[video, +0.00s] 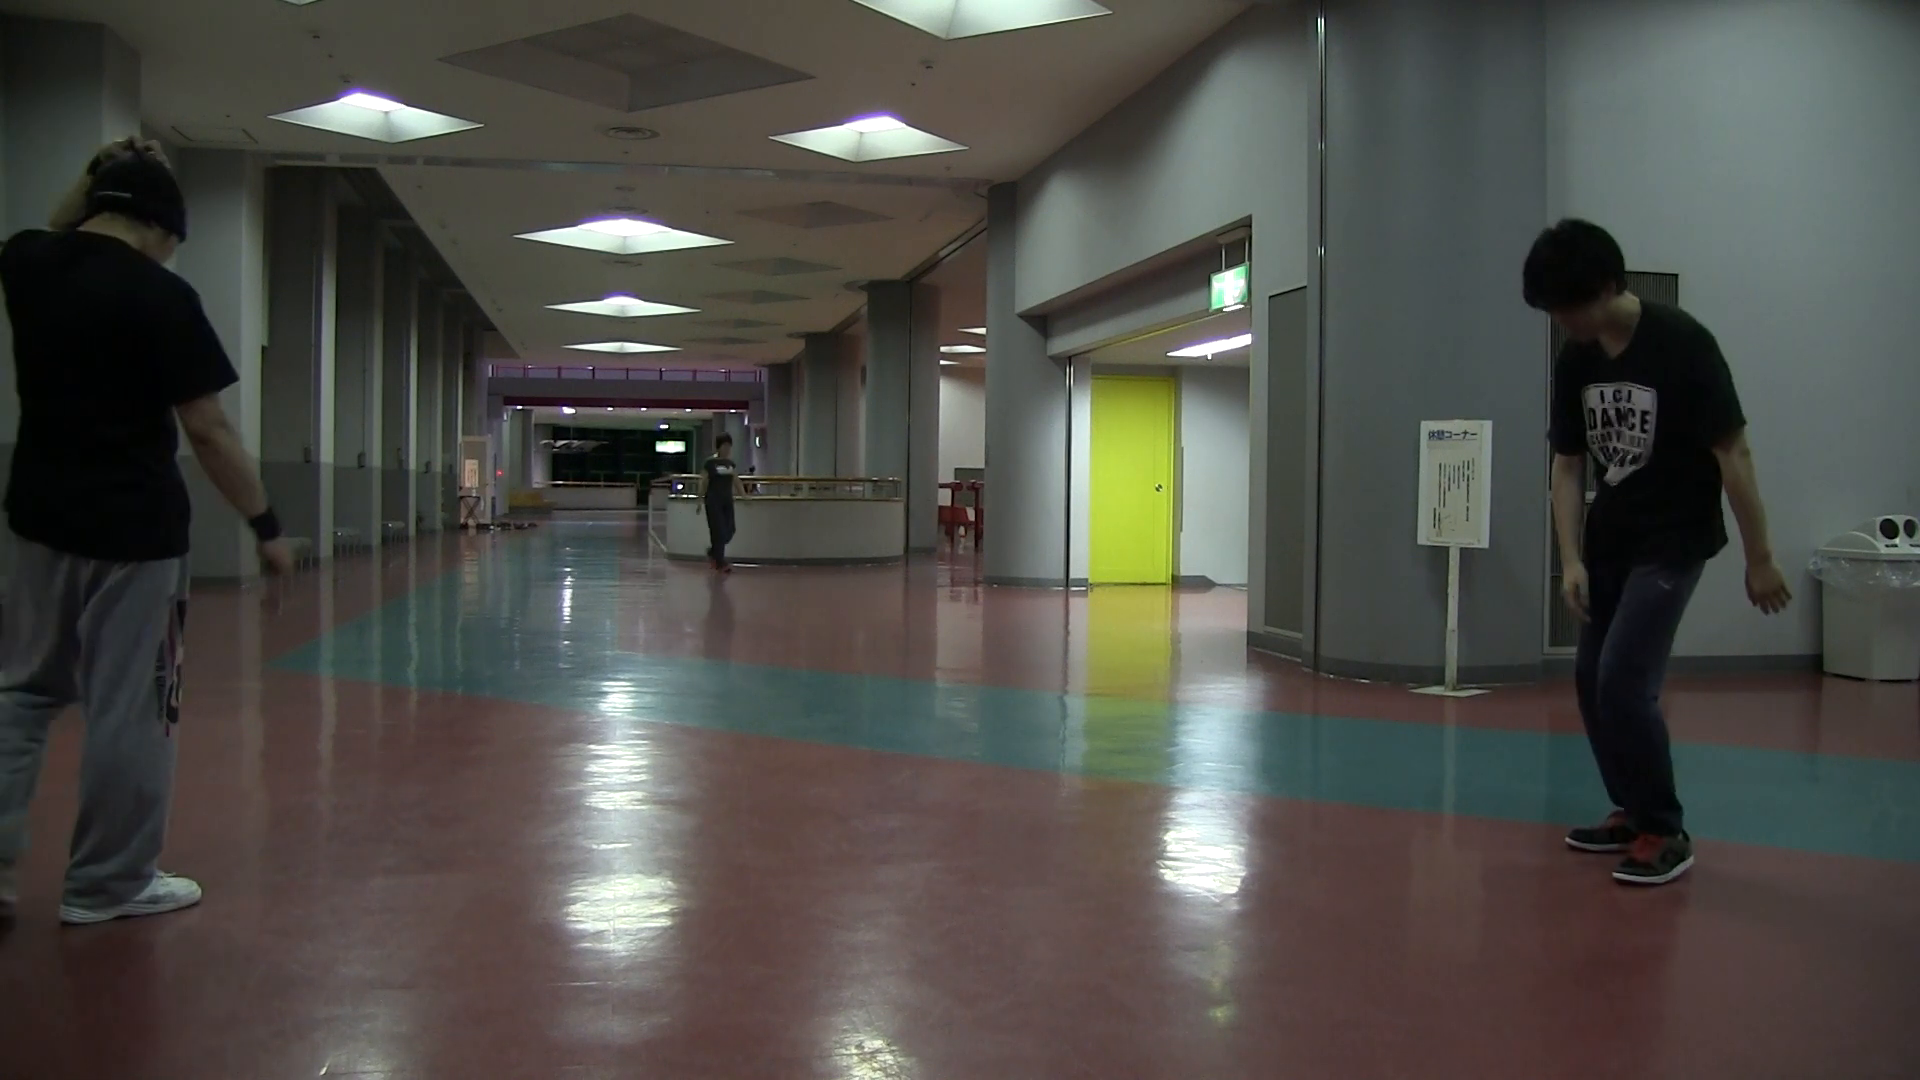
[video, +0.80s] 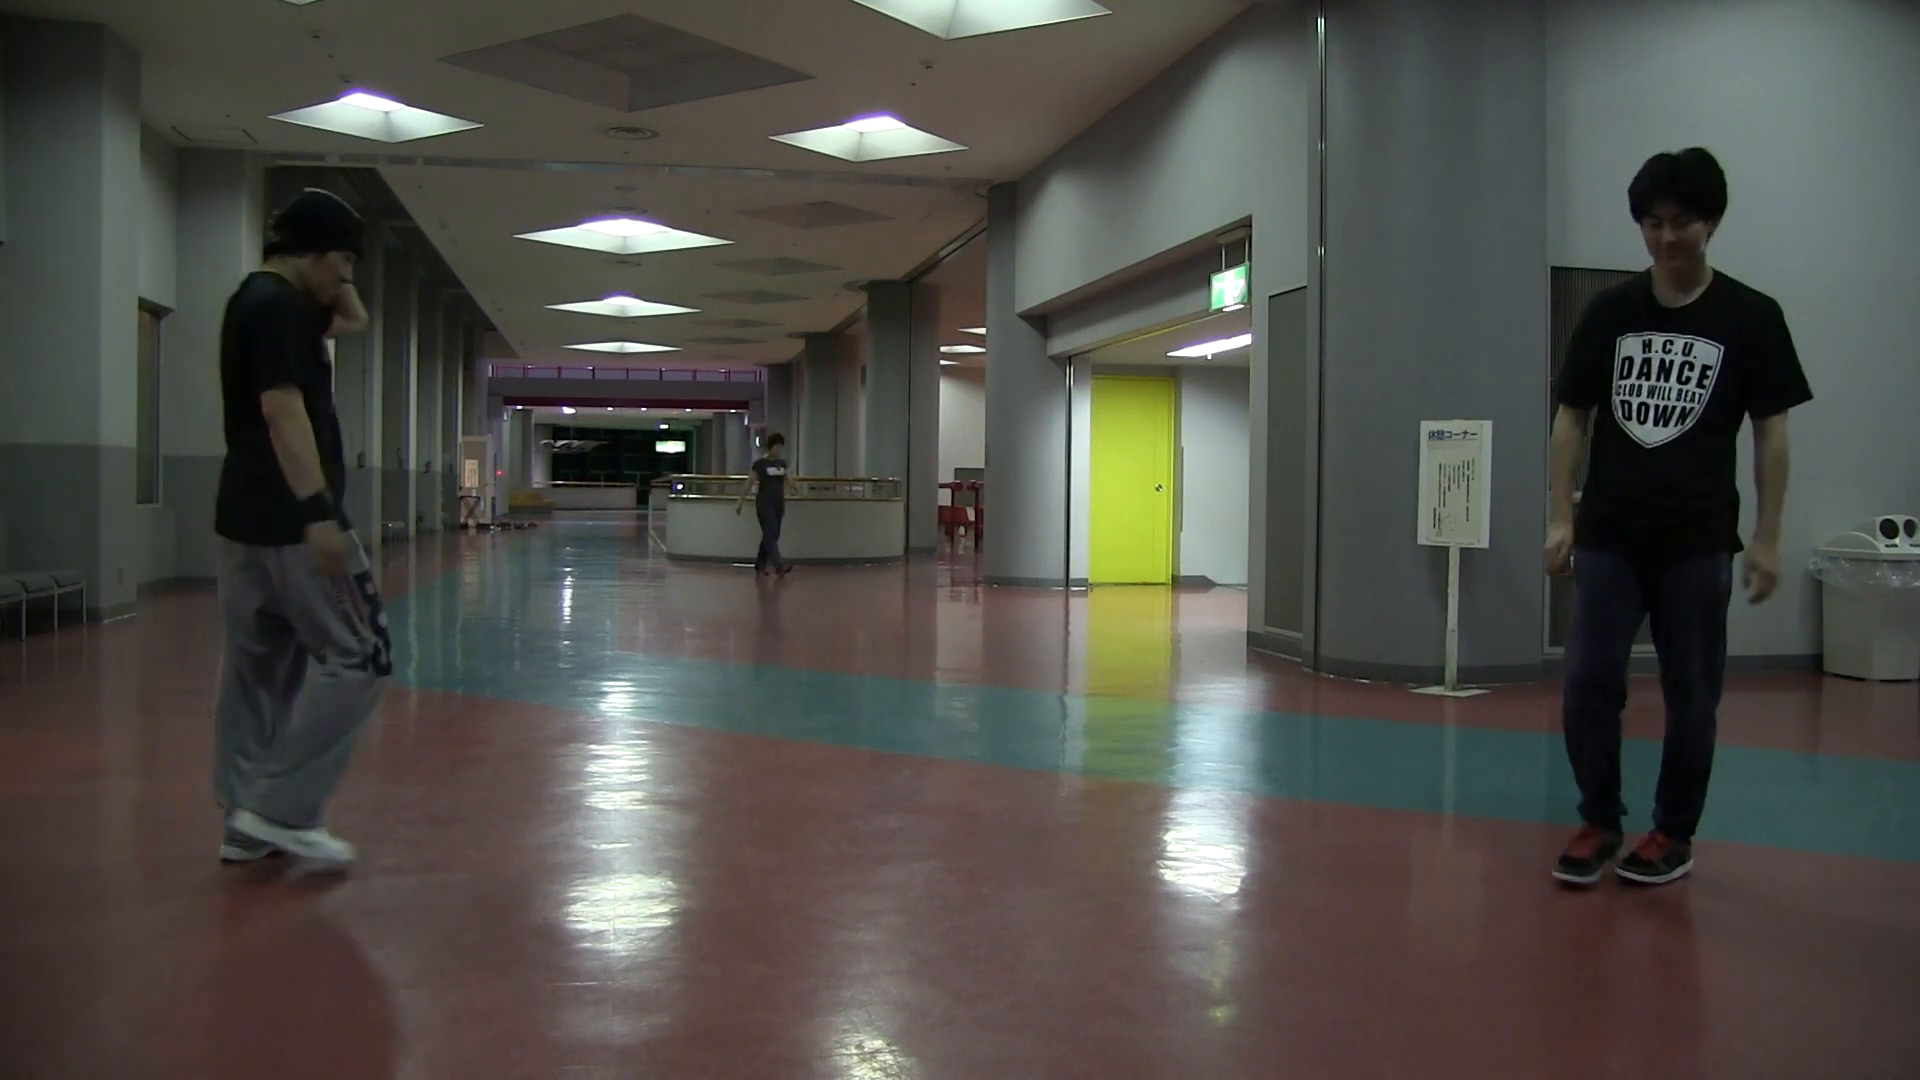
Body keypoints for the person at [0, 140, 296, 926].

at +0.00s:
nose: (170, 254)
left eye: (171, 241)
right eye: (171, 240)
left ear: (89, 211)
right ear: (157, 228)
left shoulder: (31, 264)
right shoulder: (165, 298)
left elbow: (43, 236)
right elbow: (209, 431)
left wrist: (94, 179)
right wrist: (266, 524)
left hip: (37, 514)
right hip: (136, 527)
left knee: (22, 691)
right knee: (131, 702)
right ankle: (109, 879)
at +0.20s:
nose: (217, 265)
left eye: (218, 254)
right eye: (219, 253)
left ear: (146, 219)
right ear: (207, 241)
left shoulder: (83, 276)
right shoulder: (203, 301)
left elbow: (116, 256)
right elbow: (244, 421)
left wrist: (135, 211)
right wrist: (335, 450)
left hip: (89, 513)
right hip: (171, 524)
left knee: (99, 685)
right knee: (152, 697)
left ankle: (127, 824)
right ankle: (109, 881)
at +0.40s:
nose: (257, 283)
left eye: (259, 270)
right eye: (259, 270)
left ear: (192, 238)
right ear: (244, 256)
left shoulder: (134, 291)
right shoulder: (231, 312)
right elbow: (288, 423)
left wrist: (193, 231)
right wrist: (386, 414)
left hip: (145, 519)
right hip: (210, 529)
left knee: (188, 689)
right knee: (176, 700)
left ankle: (247, 816)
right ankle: (108, 878)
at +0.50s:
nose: (276, 288)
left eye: (280, 274)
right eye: (278, 272)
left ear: (212, 244)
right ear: (257, 258)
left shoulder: (160, 300)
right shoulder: (240, 313)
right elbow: (290, 416)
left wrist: (212, 242)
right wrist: (390, 413)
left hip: (184, 522)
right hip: (236, 528)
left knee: (223, 682)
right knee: (207, 691)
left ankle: (257, 824)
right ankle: (119, 862)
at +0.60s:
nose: (299, 282)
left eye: (304, 268)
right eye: (300, 266)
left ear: (236, 240)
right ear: (272, 251)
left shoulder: (191, 298)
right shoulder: (246, 305)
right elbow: (285, 409)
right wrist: (394, 438)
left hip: (206, 521)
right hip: (254, 527)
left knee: (234, 673)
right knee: (271, 675)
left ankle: (253, 821)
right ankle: (150, 823)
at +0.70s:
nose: (322, 276)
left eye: (326, 264)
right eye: (319, 261)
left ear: (261, 245)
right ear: (287, 251)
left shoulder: (222, 299)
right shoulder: (261, 304)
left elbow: (248, 401)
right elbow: (284, 411)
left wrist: (300, 322)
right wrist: (370, 479)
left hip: (227, 517)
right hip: (275, 522)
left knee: (241, 664)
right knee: (325, 664)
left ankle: (257, 816)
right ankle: (207, 794)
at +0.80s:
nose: (344, 280)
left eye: (347, 269)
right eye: (341, 265)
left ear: (288, 251)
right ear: (310, 254)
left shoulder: (258, 300)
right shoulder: (278, 305)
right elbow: (282, 413)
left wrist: (323, 272)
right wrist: (320, 512)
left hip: (250, 520)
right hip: (292, 520)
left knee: (257, 666)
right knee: (358, 659)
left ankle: (246, 820)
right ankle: (284, 808)